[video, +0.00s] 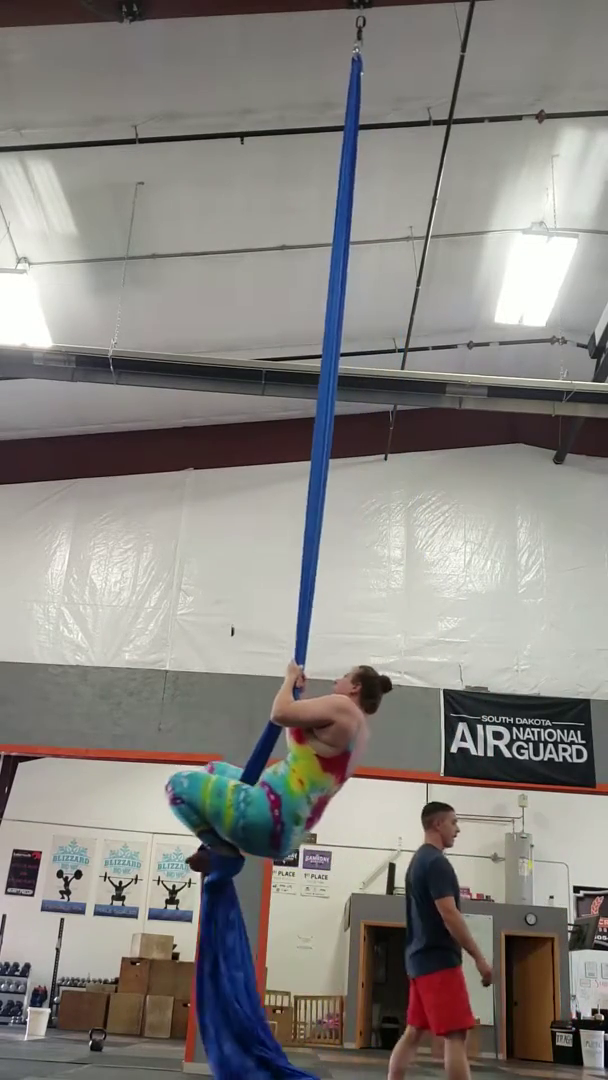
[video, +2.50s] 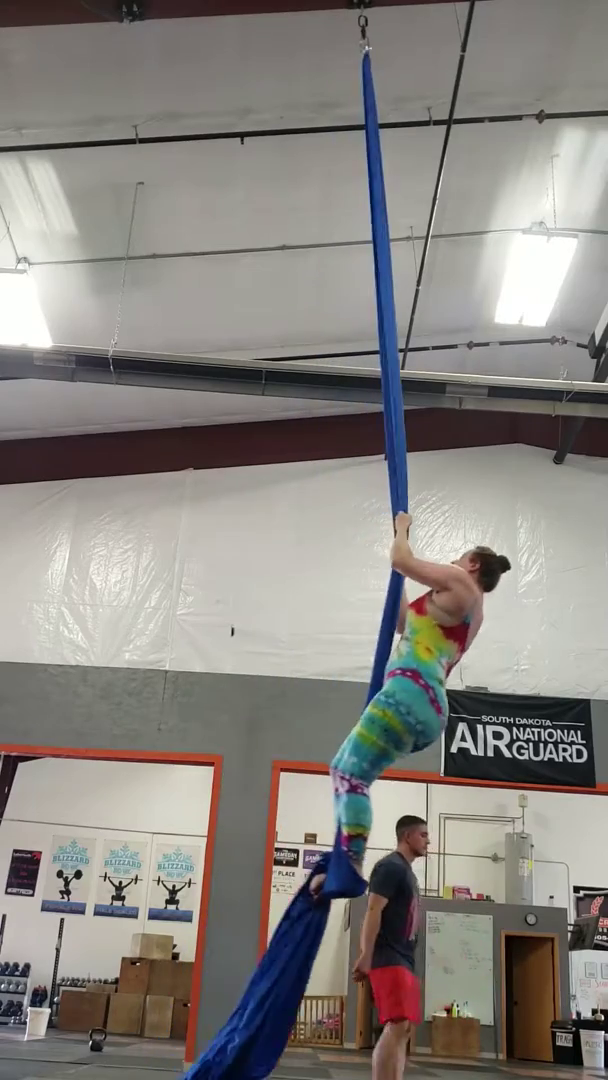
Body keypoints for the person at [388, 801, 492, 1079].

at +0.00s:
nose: (457, 829)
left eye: (456, 823)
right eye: (453, 822)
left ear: (433, 825)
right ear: (436, 824)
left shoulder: (419, 860)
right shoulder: (436, 861)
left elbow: (423, 917)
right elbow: (448, 914)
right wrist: (479, 958)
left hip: (419, 960)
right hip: (439, 962)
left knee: (413, 1034)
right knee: (456, 1036)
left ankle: (393, 1076)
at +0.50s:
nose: (422, 829)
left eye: (421, 823)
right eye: (418, 823)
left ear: (397, 825)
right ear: (402, 824)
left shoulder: (380, 861)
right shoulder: (404, 858)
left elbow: (378, 916)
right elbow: (410, 908)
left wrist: (374, 964)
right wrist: (428, 955)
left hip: (380, 961)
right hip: (406, 960)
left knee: (385, 1032)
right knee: (424, 1032)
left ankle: (379, 1077)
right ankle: (432, 1077)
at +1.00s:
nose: (425, 831)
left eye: (425, 826)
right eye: (422, 825)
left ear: (401, 827)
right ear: (406, 826)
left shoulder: (377, 863)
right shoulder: (412, 859)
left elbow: (377, 914)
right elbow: (427, 909)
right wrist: (447, 952)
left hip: (378, 960)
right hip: (408, 959)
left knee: (380, 1032)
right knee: (429, 1029)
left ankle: (377, 1077)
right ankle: (442, 1076)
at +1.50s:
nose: (459, 837)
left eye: (459, 832)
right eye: (458, 832)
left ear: (430, 832)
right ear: (452, 833)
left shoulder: (411, 866)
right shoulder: (448, 867)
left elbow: (409, 917)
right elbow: (459, 920)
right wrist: (472, 966)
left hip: (410, 962)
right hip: (441, 963)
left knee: (416, 1032)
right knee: (452, 1035)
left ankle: (395, 1076)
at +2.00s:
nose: (452, 838)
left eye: (451, 832)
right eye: (448, 832)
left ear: (429, 835)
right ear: (434, 834)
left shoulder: (414, 867)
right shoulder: (429, 869)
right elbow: (442, 922)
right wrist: (472, 956)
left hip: (410, 964)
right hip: (429, 964)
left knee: (415, 1034)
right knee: (446, 1034)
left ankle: (398, 1077)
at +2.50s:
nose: (427, 840)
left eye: (427, 835)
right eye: (423, 834)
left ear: (410, 838)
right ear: (406, 836)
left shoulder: (406, 871)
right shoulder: (392, 866)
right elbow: (374, 910)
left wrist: (368, 961)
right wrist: (366, 954)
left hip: (401, 958)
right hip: (388, 957)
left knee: (404, 1027)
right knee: (397, 1025)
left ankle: (394, 1076)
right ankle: (381, 1076)